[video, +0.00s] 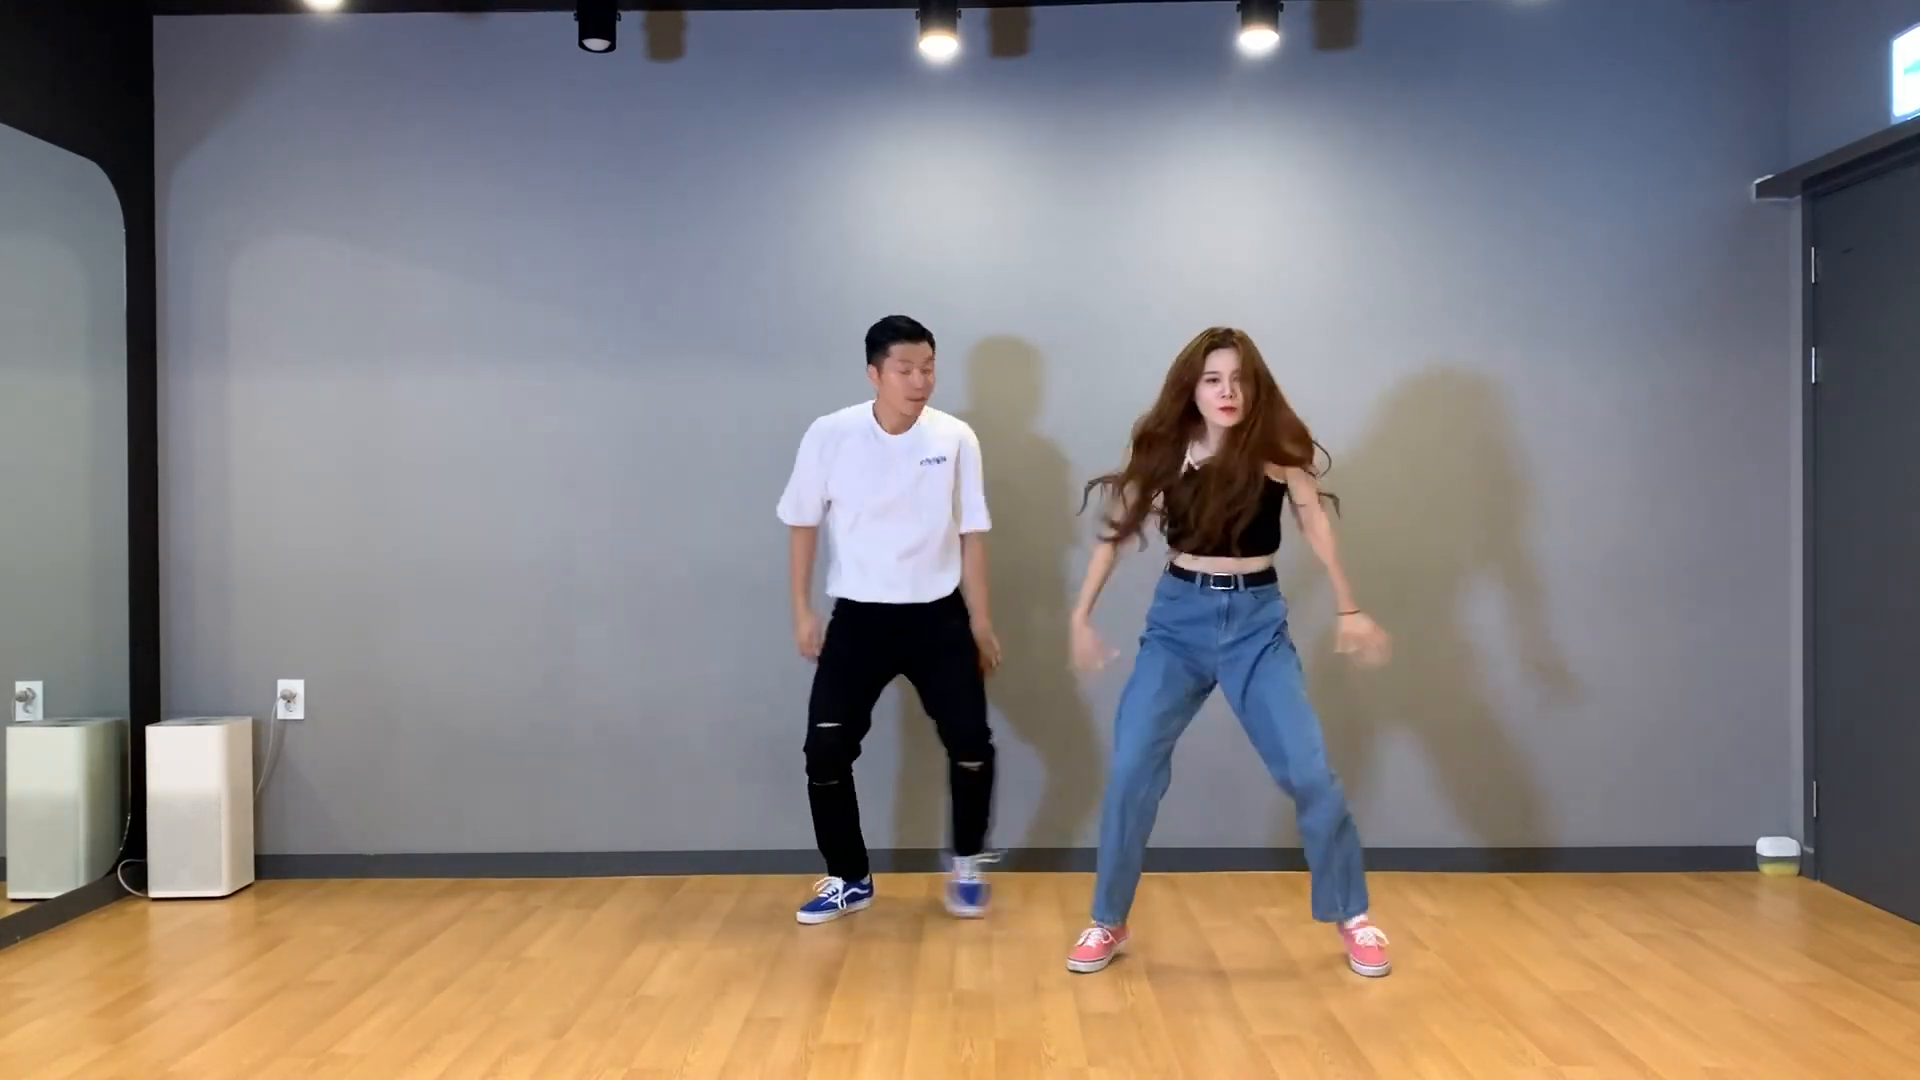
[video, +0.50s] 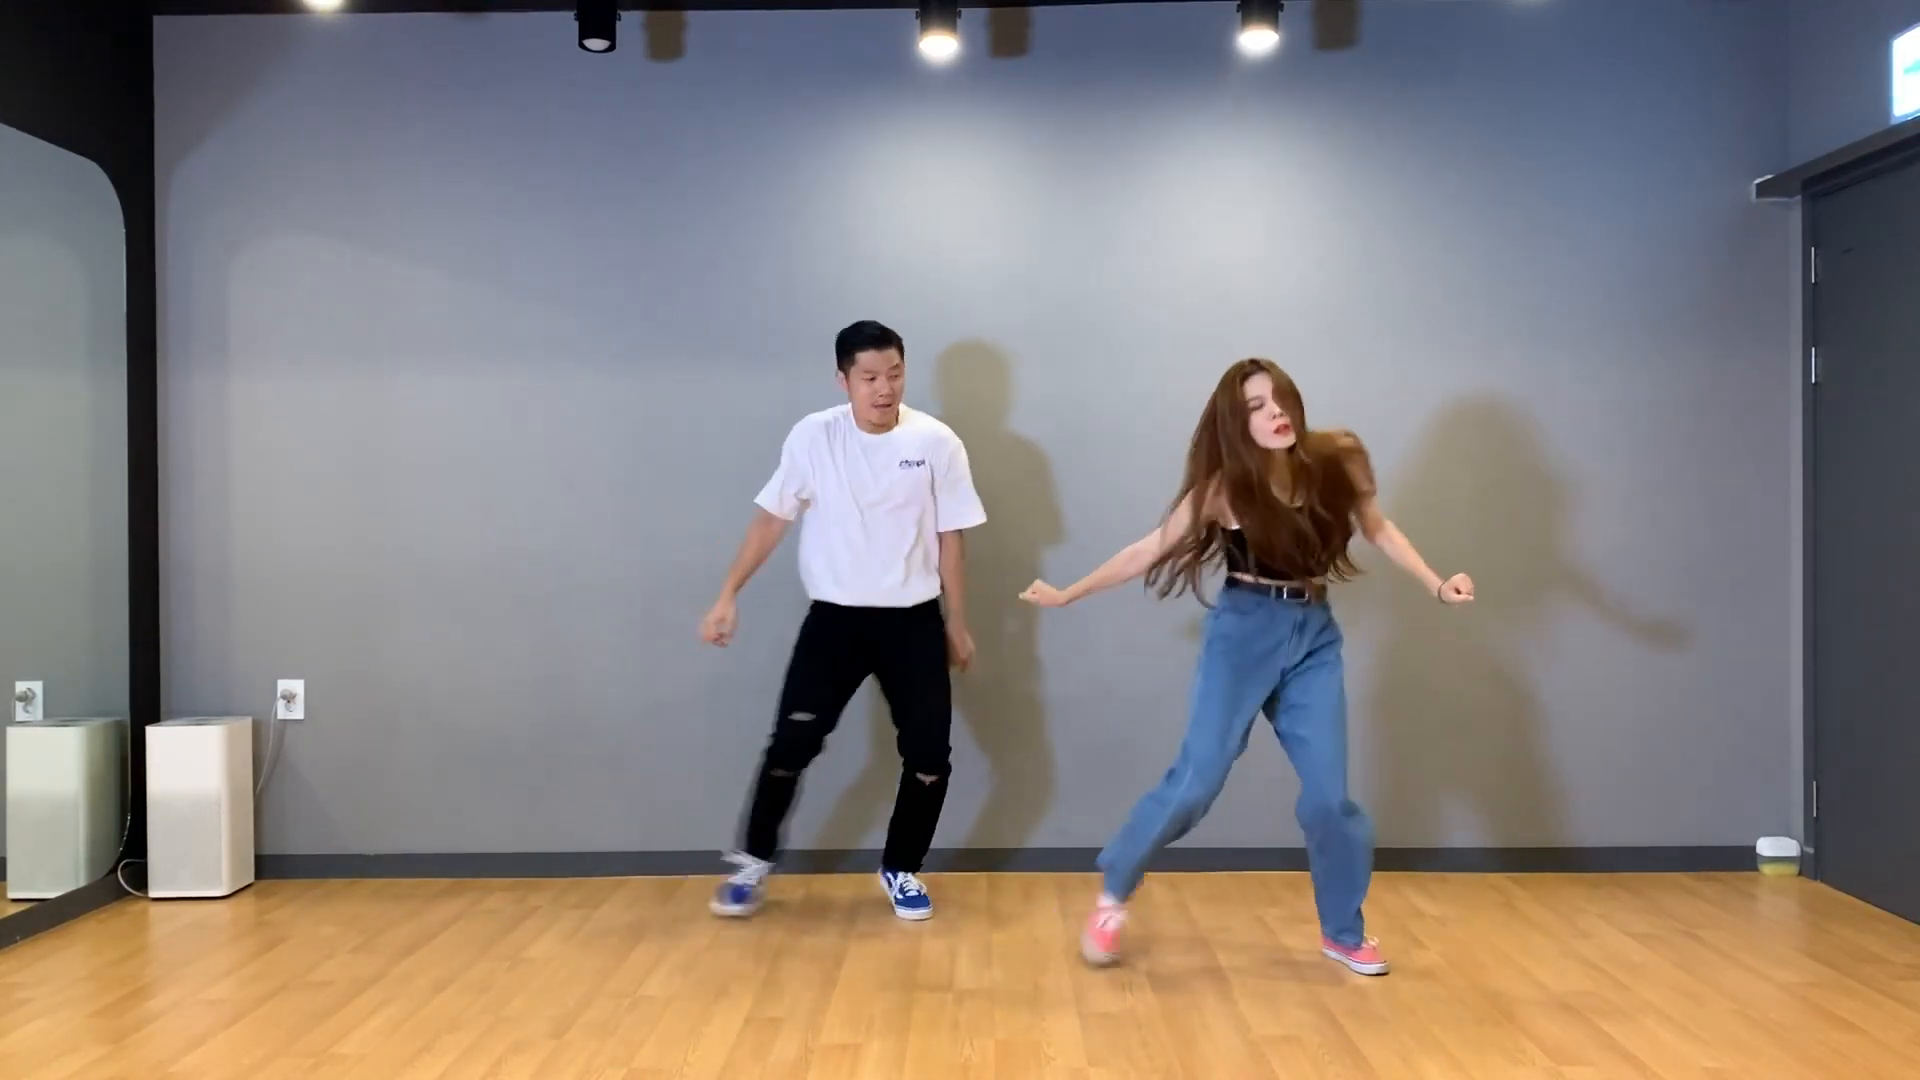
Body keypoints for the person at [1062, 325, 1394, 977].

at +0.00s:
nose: (1227, 392)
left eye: (1239, 380)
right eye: (1213, 380)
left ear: (1254, 388)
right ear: (1192, 388)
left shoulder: (1278, 450)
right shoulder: (1163, 451)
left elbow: (1318, 527)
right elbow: (1116, 532)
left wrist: (1350, 609)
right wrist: (1081, 615)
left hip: (1256, 624)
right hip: (1175, 621)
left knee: (1310, 772)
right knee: (1132, 764)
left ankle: (1353, 917)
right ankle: (1108, 921)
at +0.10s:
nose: (1247, 408)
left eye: (1258, 396)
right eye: (1232, 397)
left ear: (1276, 403)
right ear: (1210, 405)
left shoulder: (1303, 468)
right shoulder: (1189, 473)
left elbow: (1341, 541)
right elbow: (1129, 563)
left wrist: (1383, 607)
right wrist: (1053, 629)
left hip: (1257, 641)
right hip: (1178, 630)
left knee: (1311, 791)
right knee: (1108, 761)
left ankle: (1335, 930)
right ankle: (1099, 914)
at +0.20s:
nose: (1266, 429)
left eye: (1277, 418)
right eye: (1251, 419)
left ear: (1293, 424)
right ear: (1230, 428)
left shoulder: (1314, 491)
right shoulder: (1204, 489)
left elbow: (1350, 555)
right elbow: (1137, 562)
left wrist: (1408, 611)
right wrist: (1060, 612)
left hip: (1268, 662)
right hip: (1188, 656)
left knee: (1332, 799)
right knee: (1108, 765)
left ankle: (1343, 933)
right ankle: (1083, 912)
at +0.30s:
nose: (1273, 436)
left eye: (1282, 423)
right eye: (1257, 426)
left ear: (1295, 428)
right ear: (1234, 433)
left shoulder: (1302, 498)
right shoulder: (1198, 490)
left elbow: (1340, 583)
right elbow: (1138, 554)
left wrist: (1422, 610)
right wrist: (1081, 616)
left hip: (1280, 659)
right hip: (1209, 661)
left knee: (1342, 806)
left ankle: (1347, 933)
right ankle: (1074, 912)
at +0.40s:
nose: (1276, 430)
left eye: (1280, 417)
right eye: (1258, 423)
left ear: (1292, 422)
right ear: (1233, 436)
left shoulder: (1304, 492)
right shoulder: (1208, 494)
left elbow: (1346, 569)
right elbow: (1136, 550)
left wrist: (1425, 599)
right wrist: (1068, 604)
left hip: (1296, 656)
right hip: (1230, 661)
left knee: (1356, 809)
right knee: (1184, 822)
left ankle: (1345, 932)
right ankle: (1077, 914)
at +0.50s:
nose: (1277, 412)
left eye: (1281, 399)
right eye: (1258, 406)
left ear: (1295, 403)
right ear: (1236, 423)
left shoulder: (1336, 460)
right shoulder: (1224, 487)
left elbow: (1378, 529)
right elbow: (1149, 551)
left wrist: (1437, 582)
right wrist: (1066, 595)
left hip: (1311, 632)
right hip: (1243, 629)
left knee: (1329, 796)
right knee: (1198, 784)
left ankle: (1343, 933)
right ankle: (1113, 891)